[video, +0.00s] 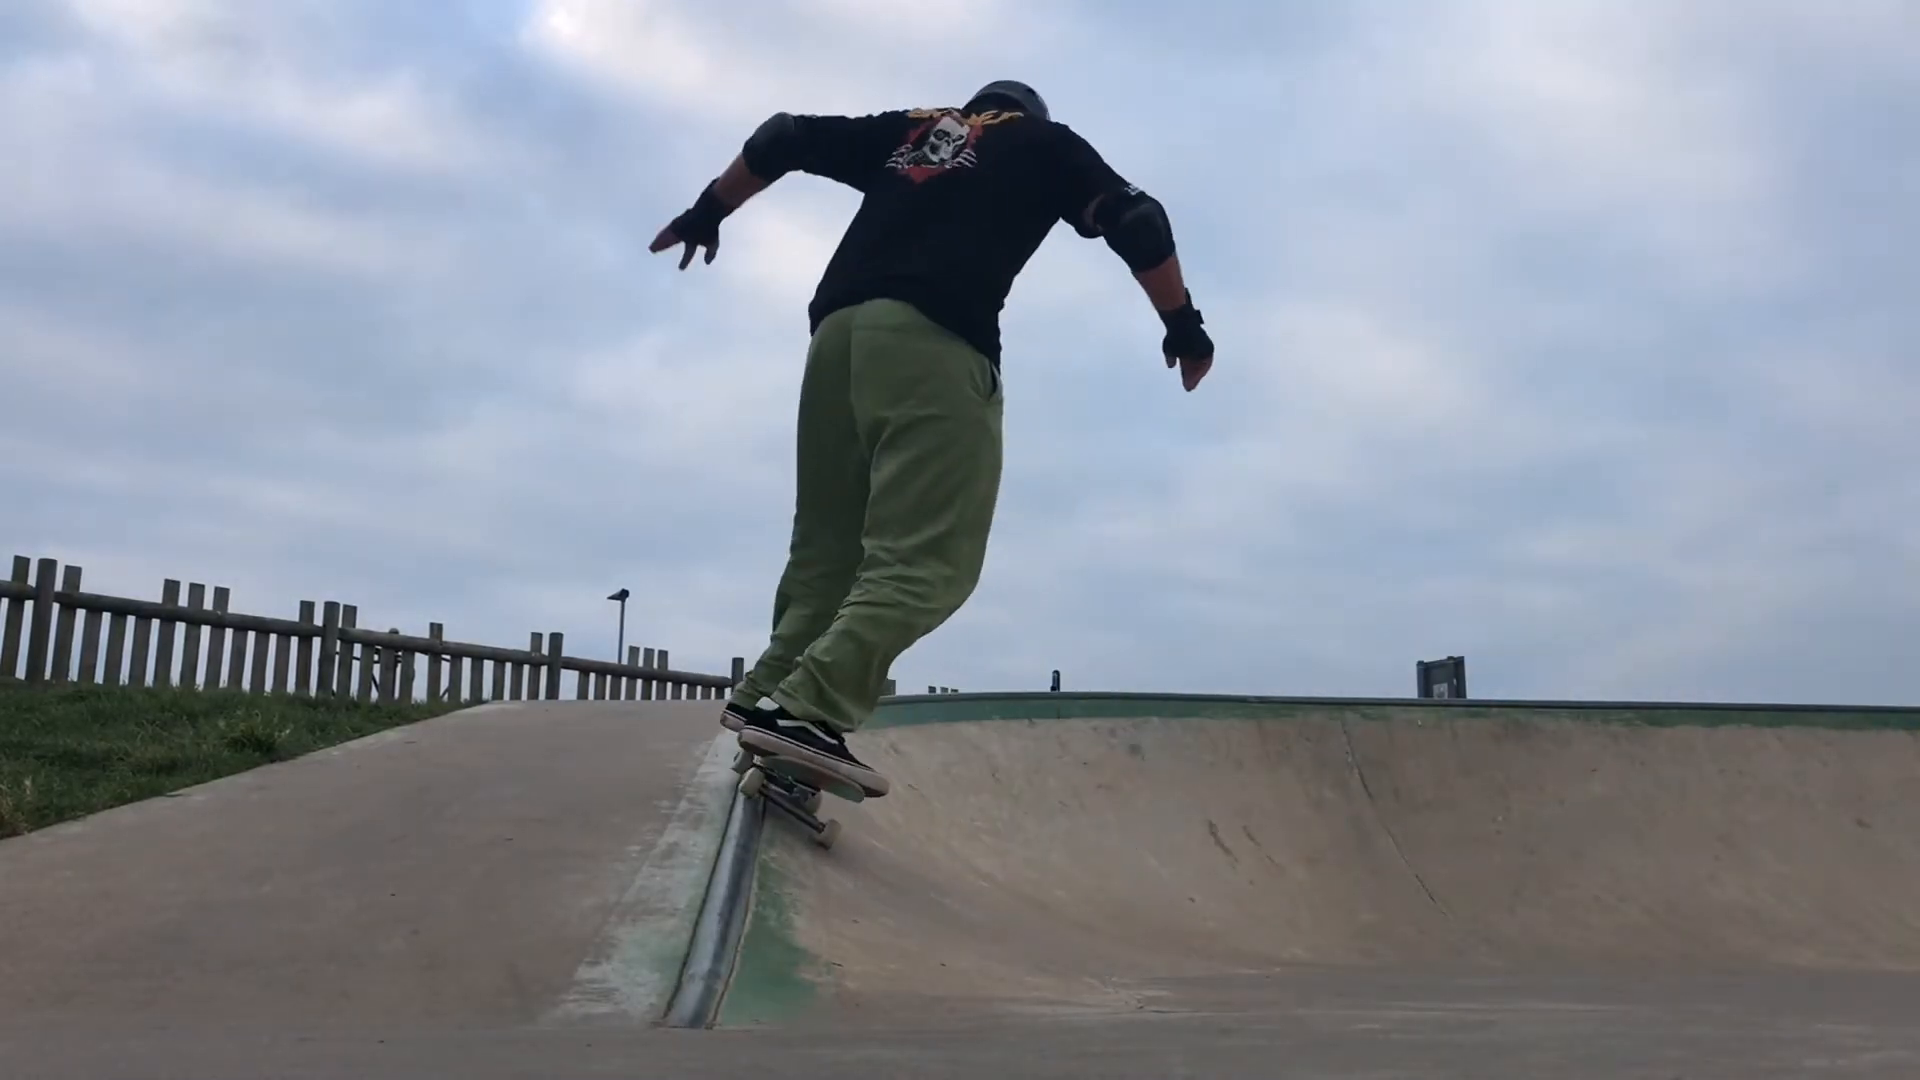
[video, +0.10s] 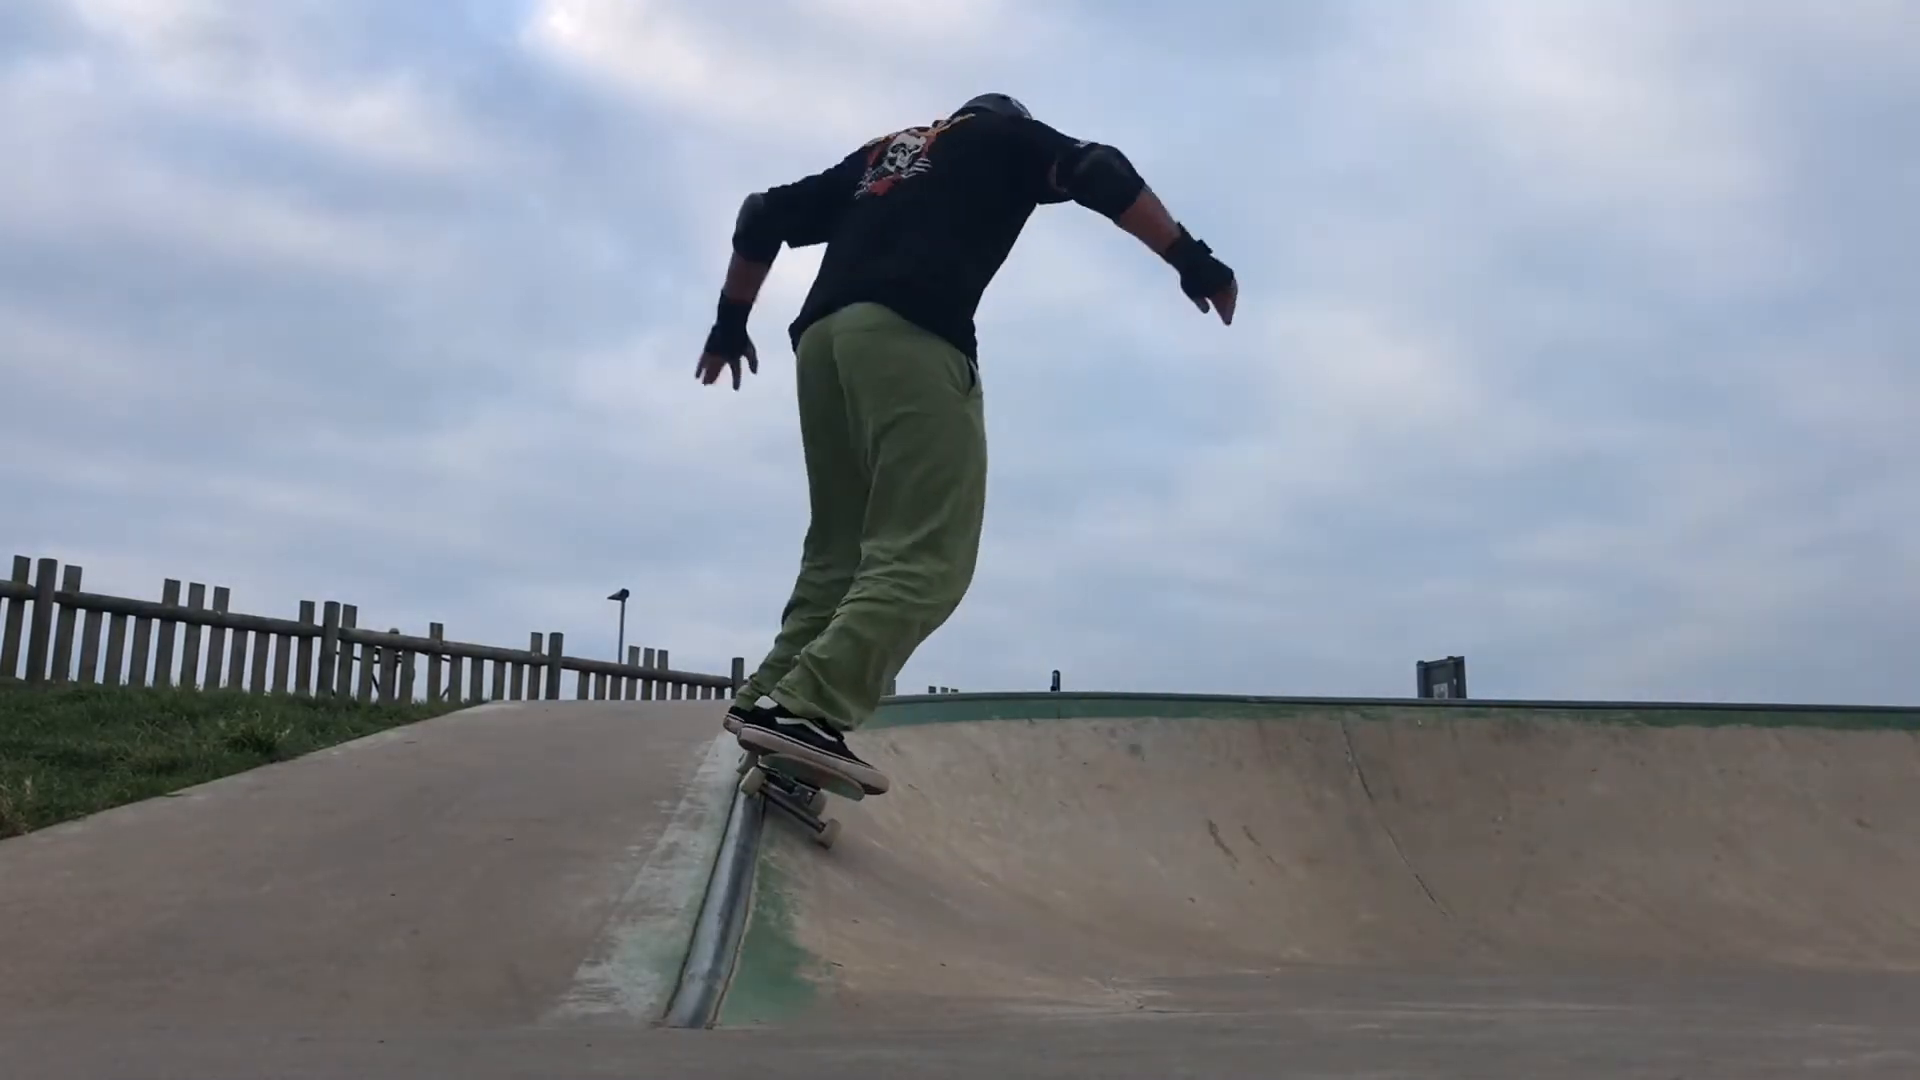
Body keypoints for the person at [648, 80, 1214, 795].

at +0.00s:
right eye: (1035, 128)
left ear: (970, 108)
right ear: (1033, 120)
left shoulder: (903, 129)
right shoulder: (1046, 142)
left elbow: (784, 135)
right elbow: (1137, 220)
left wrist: (710, 207)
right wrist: (1182, 322)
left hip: (835, 335)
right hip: (930, 336)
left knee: (827, 551)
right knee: (924, 562)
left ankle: (769, 701)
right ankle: (807, 712)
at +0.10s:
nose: (1040, 143)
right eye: (1033, 133)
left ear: (951, 119)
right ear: (1014, 124)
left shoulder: (879, 156)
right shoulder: (1012, 135)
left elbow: (762, 212)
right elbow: (1099, 171)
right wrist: (1190, 257)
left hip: (819, 338)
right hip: (907, 329)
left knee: (837, 545)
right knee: (927, 555)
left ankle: (771, 701)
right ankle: (810, 711)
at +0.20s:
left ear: (909, 152)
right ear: (989, 131)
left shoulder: (867, 193)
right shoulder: (987, 134)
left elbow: (783, 277)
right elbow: (1062, 128)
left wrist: (808, 363)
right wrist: (1179, 179)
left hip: (809, 336)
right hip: (894, 323)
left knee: (834, 552)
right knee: (922, 547)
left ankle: (775, 713)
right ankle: (810, 709)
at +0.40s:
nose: (1070, 201)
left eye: (1081, 196)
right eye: (1080, 184)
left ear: (1061, 155)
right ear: (1066, 139)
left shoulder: (1001, 190)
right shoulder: (1016, 123)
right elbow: (944, 77)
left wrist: (1001, 408)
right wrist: (1031, 53)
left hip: (838, 327)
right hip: (900, 328)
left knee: (850, 546)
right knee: (928, 543)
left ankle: (784, 703)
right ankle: (809, 709)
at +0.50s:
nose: (1125, 180)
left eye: (1136, 175)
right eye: (1134, 160)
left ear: (1106, 125)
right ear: (1111, 113)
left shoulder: (1053, 189)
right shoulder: (1042, 114)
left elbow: (978, 306)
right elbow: (982, 73)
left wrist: (1021, 375)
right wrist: (1095, 70)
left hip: (948, 342)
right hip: (909, 320)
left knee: (963, 554)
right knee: (925, 537)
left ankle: (845, 722)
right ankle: (796, 702)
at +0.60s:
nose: (1178, 187)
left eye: (1191, 178)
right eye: (1185, 166)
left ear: (1158, 142)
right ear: (1161, 127)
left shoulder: (1094, 188)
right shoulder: (1091, 114)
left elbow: (1004, 261)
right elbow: (1178, 115)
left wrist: (1018, 361)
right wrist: (1264, 156)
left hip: (995, 376)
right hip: (934, 335)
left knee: (1017, 571)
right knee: (931, 530)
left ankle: (961, 783)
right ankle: (771, 695)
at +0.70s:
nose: (1240, 212)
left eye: (1253, 202)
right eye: (1246, 191)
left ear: (1216, 173)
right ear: (1212, 155)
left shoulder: (1148, 239)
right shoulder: (1139, 153)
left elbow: (1066, 324)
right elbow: (1217, 114)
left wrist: (1076, 411)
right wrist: (1331, 171)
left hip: (1043, 418)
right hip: (981, 370)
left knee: (1059, 633)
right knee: (1004, 541)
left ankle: (1002, 834)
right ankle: (806, 674)